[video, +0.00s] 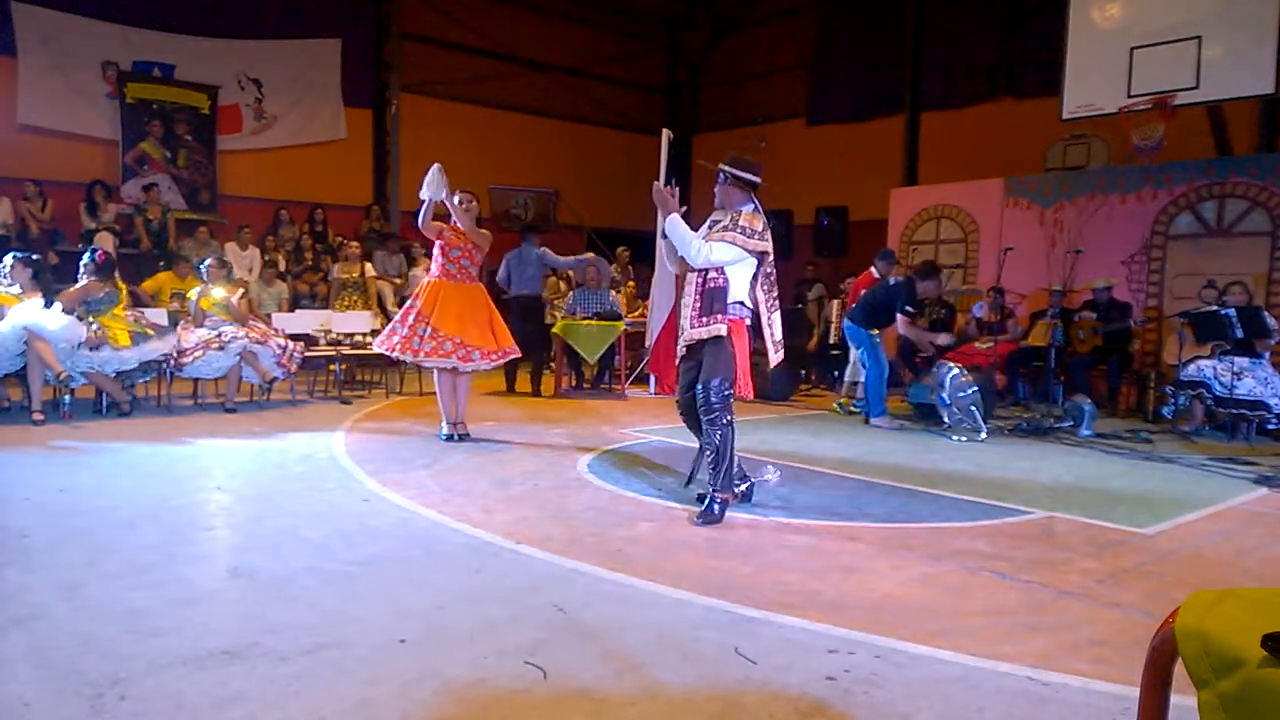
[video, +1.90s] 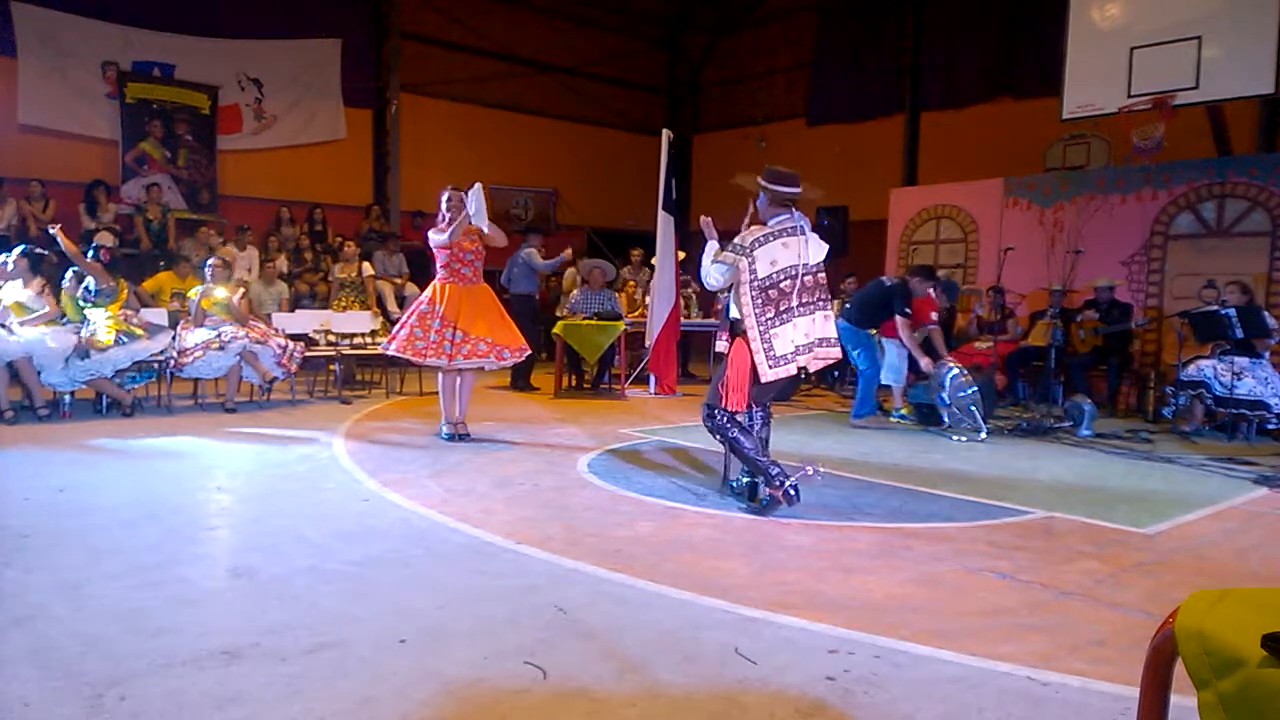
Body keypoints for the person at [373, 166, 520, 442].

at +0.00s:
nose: (464, 204)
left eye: (469, 200)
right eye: (460, 202)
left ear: (479, 208)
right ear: (452, 209)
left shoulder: (484, 238)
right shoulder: (443, 230)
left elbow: (468, 228)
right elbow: (424, 225)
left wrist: (449, 203)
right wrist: (430, 199)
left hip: (468, 297)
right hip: (440, 296)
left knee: (464, 364)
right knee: (443, 363)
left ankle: (460, 420)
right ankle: (447, 420)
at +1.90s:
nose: (454, 206)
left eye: (459, 202)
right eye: (449, 202)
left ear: (466, 206)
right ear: (441, 207)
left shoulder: (477, 232)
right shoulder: (435, 233)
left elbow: (503, 241)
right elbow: (448, 239)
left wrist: (482, 219)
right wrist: (465, 215)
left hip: (474, 298)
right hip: (447, 297)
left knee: (469, 364)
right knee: (448, 364)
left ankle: (461, 420)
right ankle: (447, 420)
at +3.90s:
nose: (458, 210)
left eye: (462, 206)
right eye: (455, 205)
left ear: (469, 209)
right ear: (448, 207)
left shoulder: (478, 233)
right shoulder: (438, 229)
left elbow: (492, 243)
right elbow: (442, 237)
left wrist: (476, 216)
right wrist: (454, 219)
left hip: (469, 298)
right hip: (442, 296)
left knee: (461, 364)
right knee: (442, 364)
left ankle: (458, 420)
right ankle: (446, 421)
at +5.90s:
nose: (463, 208)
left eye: (468, 203)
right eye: (459, 205)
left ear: (472, 208)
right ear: (452, 208)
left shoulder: (481, 236)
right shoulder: (440, 232)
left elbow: (481, 226)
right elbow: (437, 222)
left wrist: (463, 200)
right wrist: (445, 197)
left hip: (469, 295)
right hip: (443, 294)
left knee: (463, 364)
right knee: (443, 363)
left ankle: (458, 421)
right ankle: (445, 422)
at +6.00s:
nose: (462, 208)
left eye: (467, 203)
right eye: (459, 205)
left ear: (474, 209)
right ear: (452, 209)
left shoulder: (481, 237)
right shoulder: (441, 233)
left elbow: (482, 226)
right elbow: (436, 223)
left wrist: (461, 197)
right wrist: (445, 195)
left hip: (469, 296)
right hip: (442, 294)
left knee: (463, 364)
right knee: (443, 364)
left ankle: (458, 421)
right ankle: (445, 422)